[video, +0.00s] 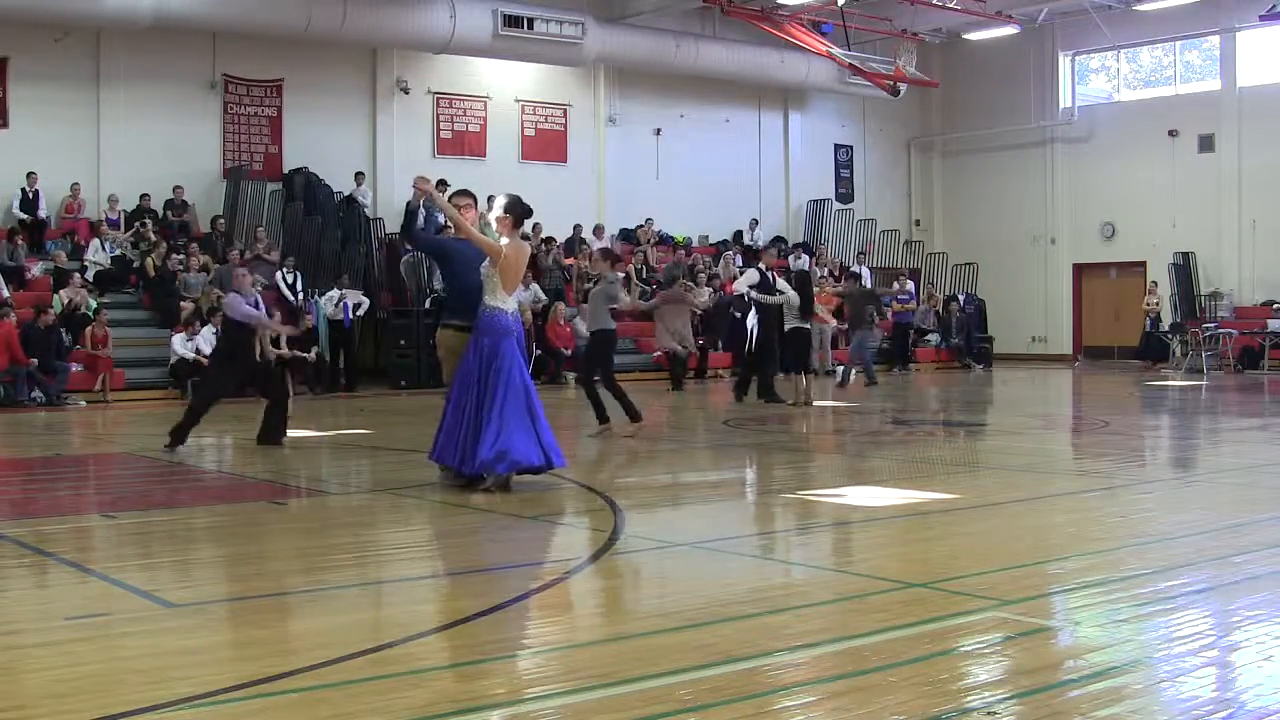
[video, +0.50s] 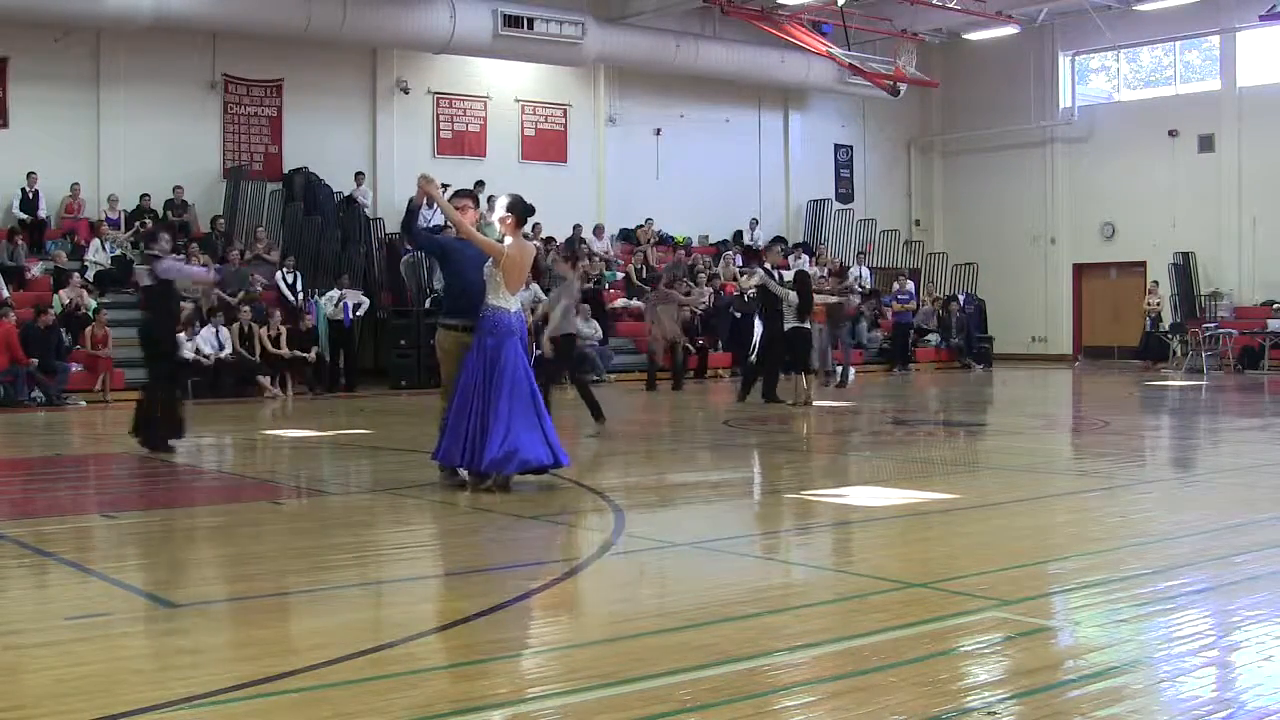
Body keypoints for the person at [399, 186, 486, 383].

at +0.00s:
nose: (462, 213)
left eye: (467, 207)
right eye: (455, 208)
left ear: (477, 212)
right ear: (448, 213)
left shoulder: (492, 246)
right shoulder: (446, 245)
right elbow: (409, 233)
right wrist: (416, 200)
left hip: (488, 332)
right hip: (455, 331)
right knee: (458, 399)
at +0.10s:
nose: (461, 212)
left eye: (466, 207)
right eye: (455, 207)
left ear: (477, 213)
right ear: (447, 213)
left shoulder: (490, 245)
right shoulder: (443, 244)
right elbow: (409, 234)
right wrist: (416, 201)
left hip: (485, 329)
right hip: (453, 329)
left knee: (484, 394)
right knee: (456, 395)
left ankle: (480, 460)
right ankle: (451, 460)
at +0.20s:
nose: (458, 214)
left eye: (464, 208)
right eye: (453, 208)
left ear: (477, 213)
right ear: (446, 212)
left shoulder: (491, 245)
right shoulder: (443, 244)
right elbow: (408, 233)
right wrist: (418, 201)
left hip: (486, 331)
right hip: (453, 331)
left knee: (483, 395)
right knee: (453, 397)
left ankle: (480, 460)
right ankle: (450, 460)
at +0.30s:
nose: (461, 215)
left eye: (466, 209)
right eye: (455, 209)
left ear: (478, 214)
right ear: (447, 214)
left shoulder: (491, 245)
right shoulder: (443, 244)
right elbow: (408, 233)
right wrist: (418, 201)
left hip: (484, 331)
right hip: (452, 331)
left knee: (483, 396)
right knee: (451, 398)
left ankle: (480, 460)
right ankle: (447, 460)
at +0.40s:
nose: (461, 214)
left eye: (466, 209)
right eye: (455, 209)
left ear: (477, 214)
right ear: (448, 213)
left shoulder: (491, 245)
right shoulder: (443, 244)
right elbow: (409, 234)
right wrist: (419, 201)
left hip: (484, 331)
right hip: (452, 331)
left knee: (483, 397)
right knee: (452, 399)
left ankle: (481, 461)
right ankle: (447, 461)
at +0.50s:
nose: (461, 214)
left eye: (467, 209)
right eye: (456, 209)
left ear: (478, 214)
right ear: (449, 213)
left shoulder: (491, 245)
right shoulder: (444, 243)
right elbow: (410, 233)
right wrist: (419, 200)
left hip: (485, 330)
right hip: (453, 330)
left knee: (484, 396)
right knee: (453, 398)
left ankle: (482, 461)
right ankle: (448, 460)